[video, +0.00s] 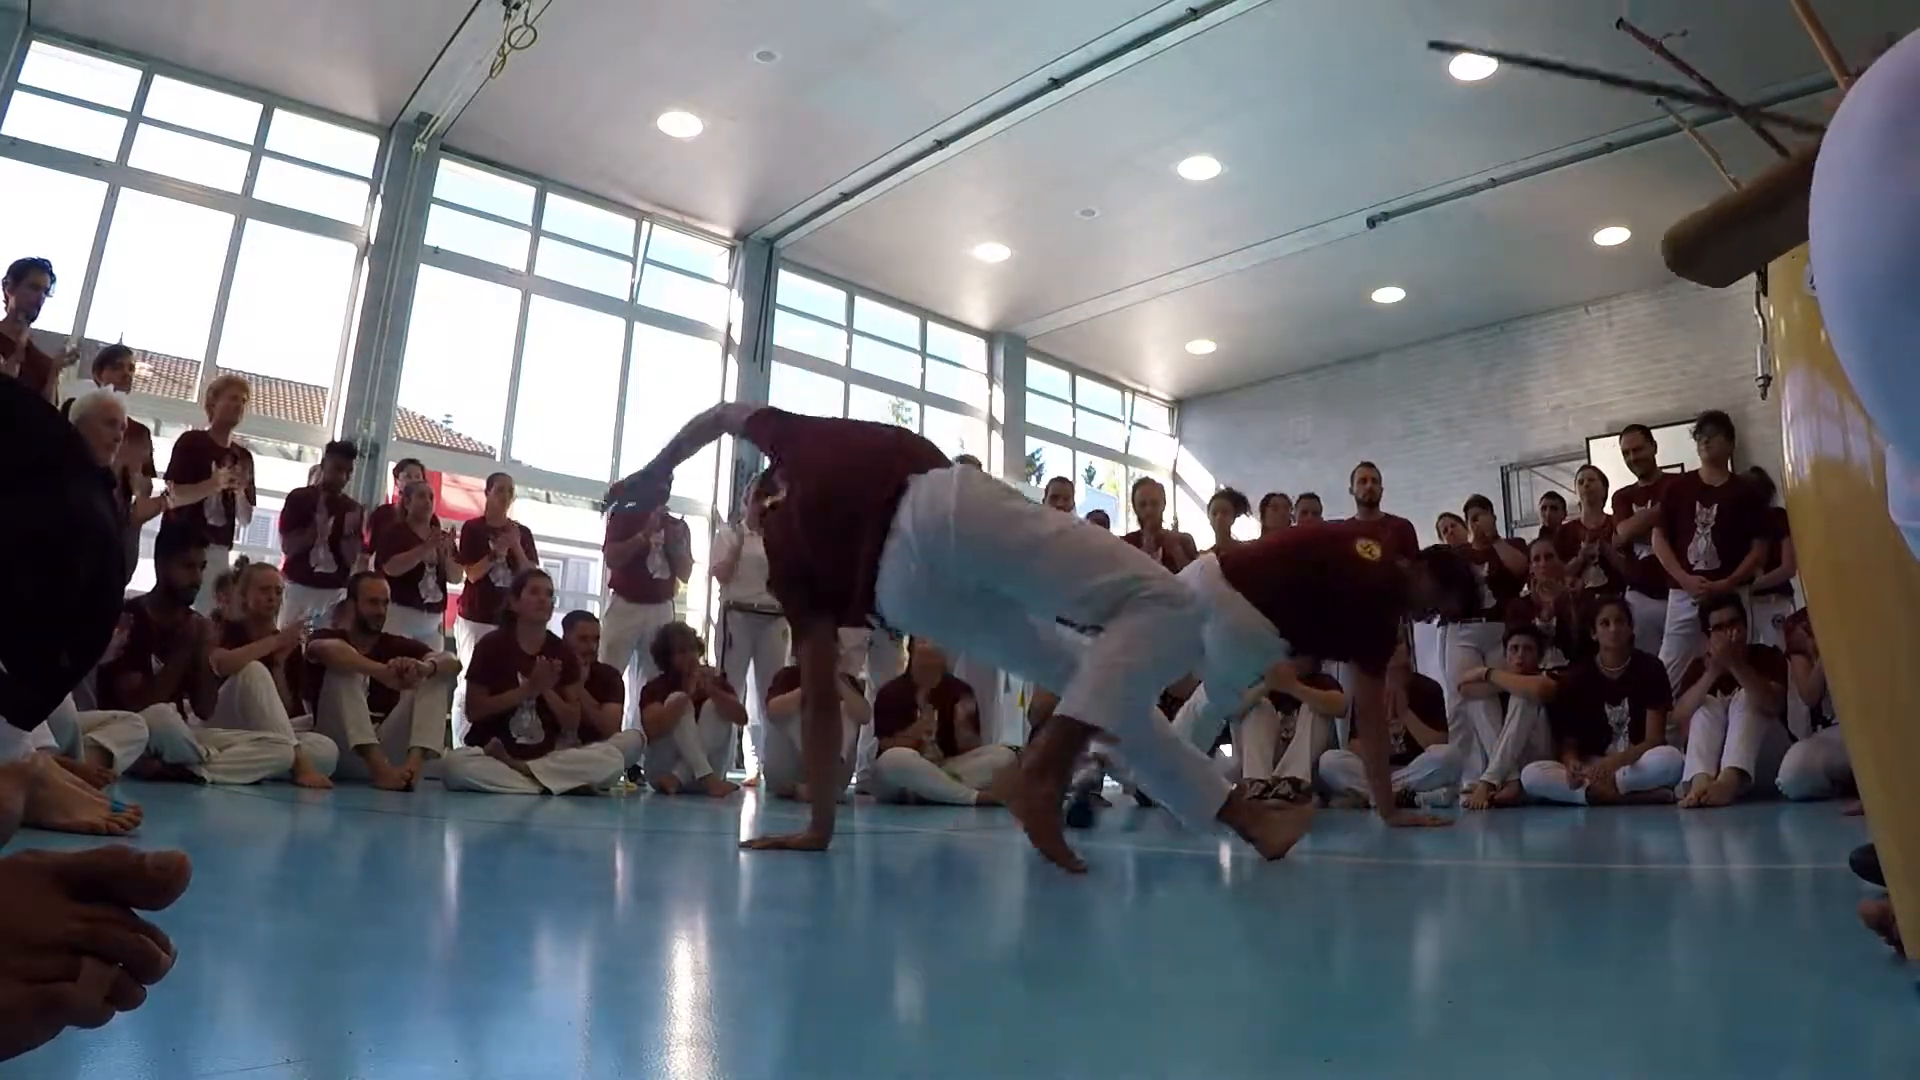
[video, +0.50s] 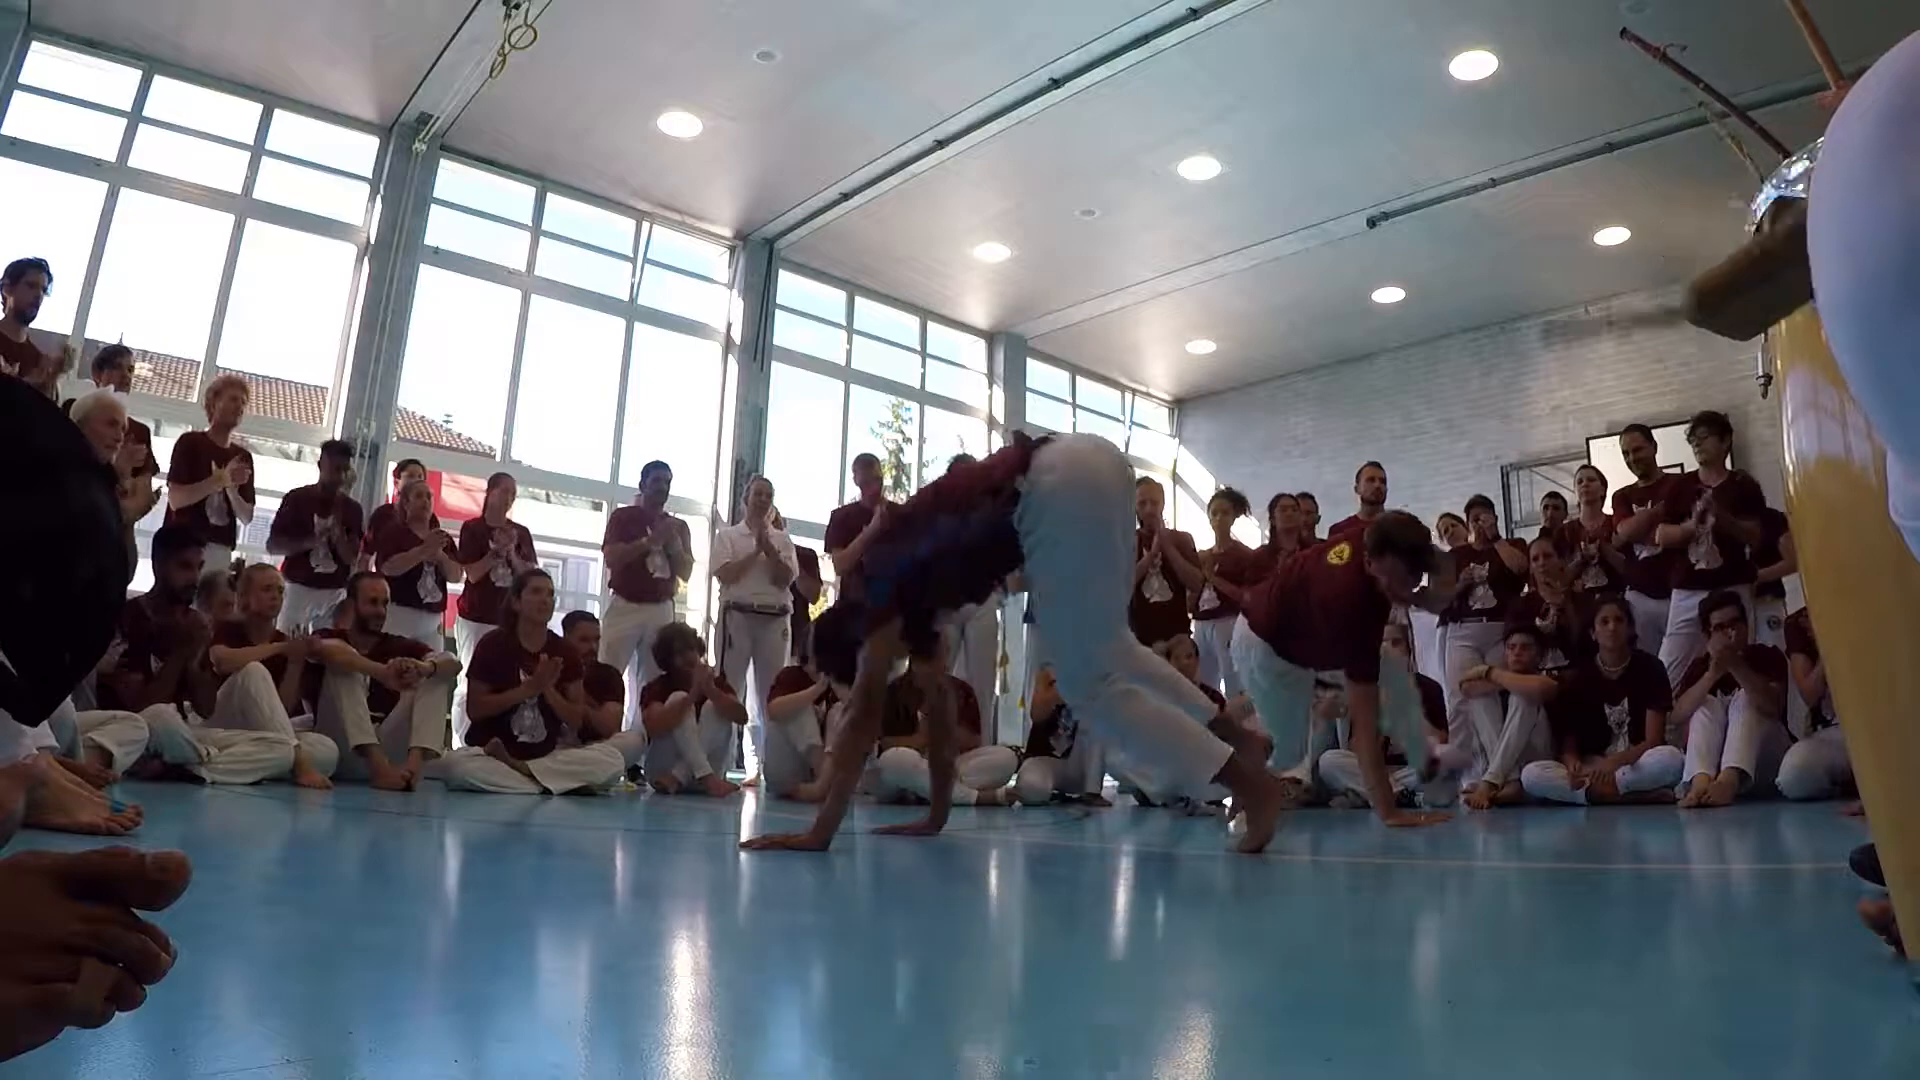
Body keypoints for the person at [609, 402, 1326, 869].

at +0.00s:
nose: (762, 502)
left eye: (760, 510)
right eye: (764, 499)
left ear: (760, 522)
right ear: (777, 482)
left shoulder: (797, 566)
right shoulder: (807, 449)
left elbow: (819, 693)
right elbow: (723, 415)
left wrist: (817, 823)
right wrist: (646, 477)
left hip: (906, 602)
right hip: (933, 507)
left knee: (1094, 687)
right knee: (1160, 604)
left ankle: (1245, 815)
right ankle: (1037, 776)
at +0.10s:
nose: (764, 570)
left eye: (758, 565)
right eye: (759, 558)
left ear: (762, 551)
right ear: (775, 497)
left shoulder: (793, 568)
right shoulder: (805, 460)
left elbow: (821, 695)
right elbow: (729, 465)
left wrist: (817, 827)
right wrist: (660, 518)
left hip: (909, 568)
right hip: (952, 482)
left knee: (1081, 689)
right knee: (1130, 603)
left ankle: (1230, 824)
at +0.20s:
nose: (782, 613)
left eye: (771, 600)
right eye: (771, 604)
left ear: (773, 576)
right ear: (778, 536)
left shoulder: (800, 565)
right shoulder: (824, 485)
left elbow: (826, 698)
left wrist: (819, 829)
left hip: (940, 536)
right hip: (998, 469)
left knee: (1069, 700)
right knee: (1085, 635)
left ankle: (1224, 822)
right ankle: (1147, 624)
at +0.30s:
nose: (807, 633)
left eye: (794, 622)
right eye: (799, 623)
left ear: (789, 596)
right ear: (803, 563)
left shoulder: (814, 563)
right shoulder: (852, 521)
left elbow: (831, 698)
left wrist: (818, 829)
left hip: (975, 511)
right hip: (1032, 466)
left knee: (1060, 699)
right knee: (1069, 627)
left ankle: (1220, 808)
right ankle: (1206, 667)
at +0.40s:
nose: (835, 658)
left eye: (825, 650)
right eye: (827, 655)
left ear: (823, 612)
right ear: (841, 599)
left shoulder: (843, 561)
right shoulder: (894, 571)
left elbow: (843, 705)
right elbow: (895, 686)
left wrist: (819, 830)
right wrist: (891, 786)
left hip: (1012, 499)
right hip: (1059, 457)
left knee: (1074, 693)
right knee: (1079, 632)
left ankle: (1237, 798)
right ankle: (1231, 723)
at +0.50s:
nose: (852, 685)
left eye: (845, 676)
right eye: (844, 681)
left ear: (846, 638)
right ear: (865, 626)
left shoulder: (873, 589)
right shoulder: (923, 608)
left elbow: (860, 716)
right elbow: (938, 713)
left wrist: (819, 832)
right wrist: (936, 816)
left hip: (1060, 473)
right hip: (1090, 465)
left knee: (1090, 684)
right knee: (1106, 646)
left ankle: (1253, 783)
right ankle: (1229, 730)